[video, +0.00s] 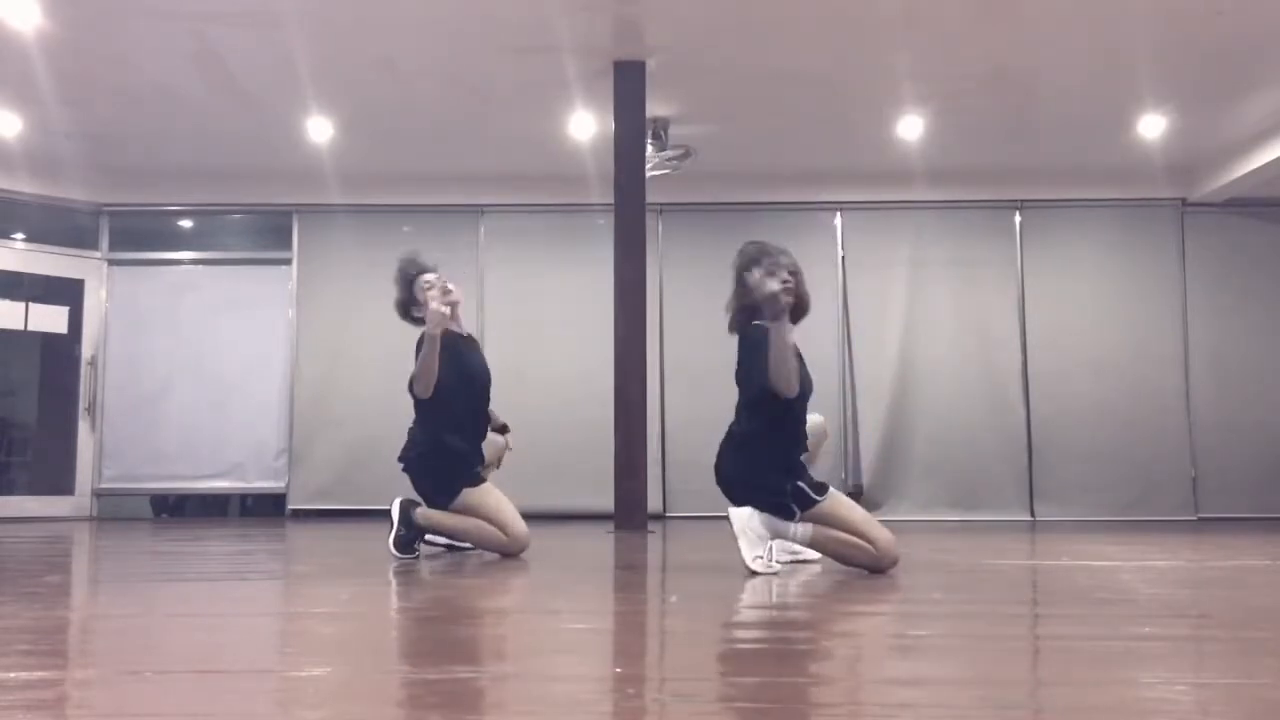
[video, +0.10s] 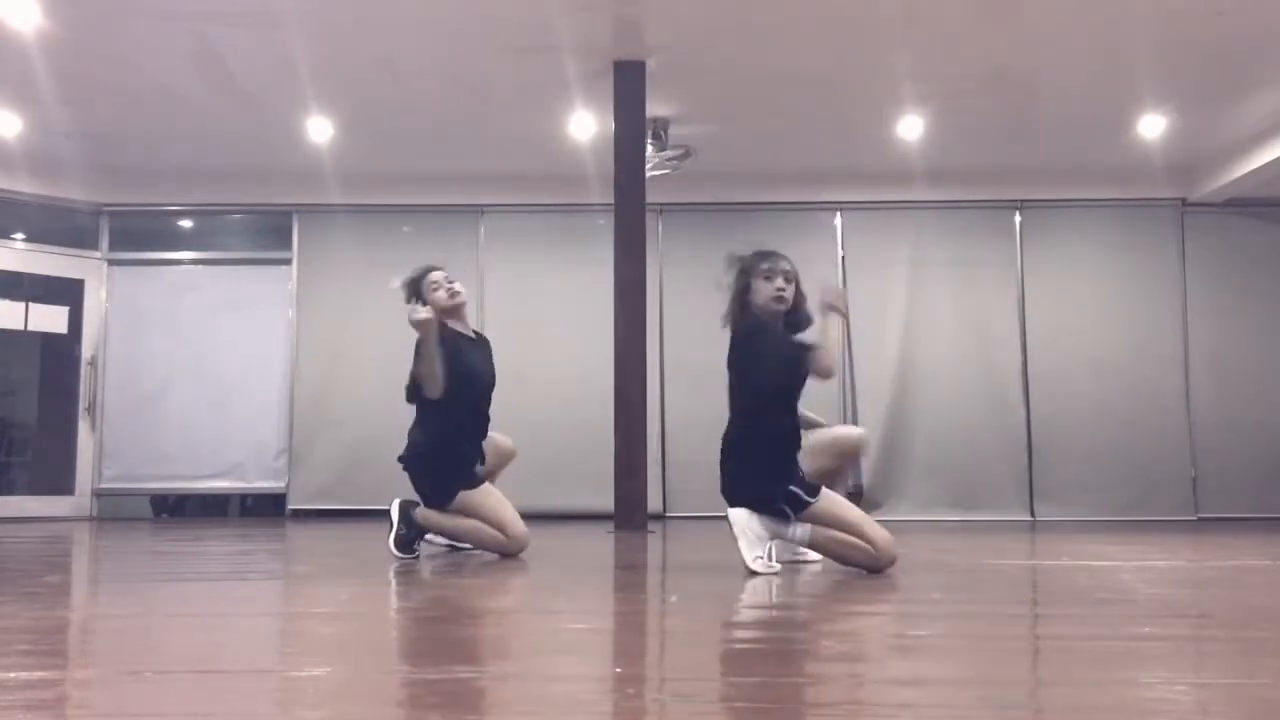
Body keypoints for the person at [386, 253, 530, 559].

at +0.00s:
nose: (444, 285)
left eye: (443, 280)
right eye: (430, 286)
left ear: (454, 289)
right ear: (419, 309)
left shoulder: (461, 338)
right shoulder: (430, 340)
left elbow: (469, 395)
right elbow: (421, 391)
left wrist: (497, 424)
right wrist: (433, 334)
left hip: (459, 443)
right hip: (437, 461)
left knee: (497, 444)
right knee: (517, 539)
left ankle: (450, 524)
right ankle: (416, 516)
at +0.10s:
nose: (449, 287)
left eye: (450, 281)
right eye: (437, 287)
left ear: (461, 287)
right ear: (425, 305)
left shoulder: (473, 338)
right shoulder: (434, 340)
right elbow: (432, 392)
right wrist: (428, 334)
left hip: (464, 443)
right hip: (436, 459)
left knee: (504, 448)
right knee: (516, 540)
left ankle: (454, 524)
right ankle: (416, 516)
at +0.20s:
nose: (463, 291)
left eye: (467, 283)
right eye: (450, 289)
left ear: (477, 289)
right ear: (438, 305)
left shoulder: (463, 335)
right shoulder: (450, 338)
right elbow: (475, 381)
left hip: (460, 441)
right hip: (439, 462)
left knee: (527, 440)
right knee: (516, 540)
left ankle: (471, 510)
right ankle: (417, 517)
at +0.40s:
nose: (500, 295)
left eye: (504, 286)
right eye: (488, 291)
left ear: (511, 287)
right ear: (474, 301)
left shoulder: (491, 327)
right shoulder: (506, 326)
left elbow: (460, 390)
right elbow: (573, 347)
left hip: (480, 449)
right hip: (459, 456)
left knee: (558, 434)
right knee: (517, 541)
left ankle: (566, 528)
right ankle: (420, 517)